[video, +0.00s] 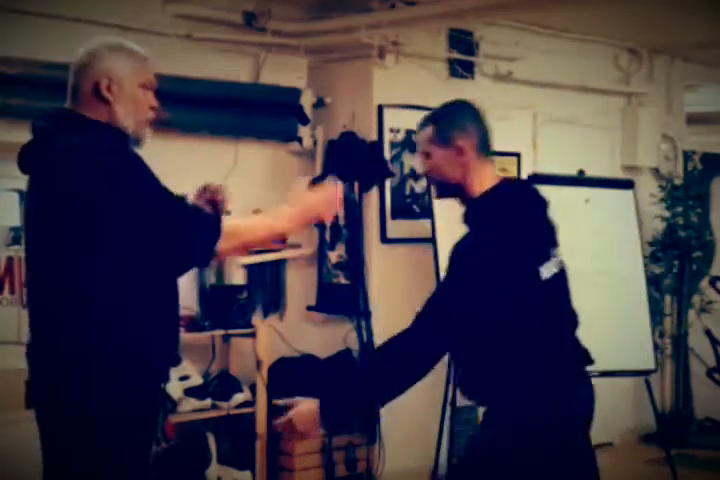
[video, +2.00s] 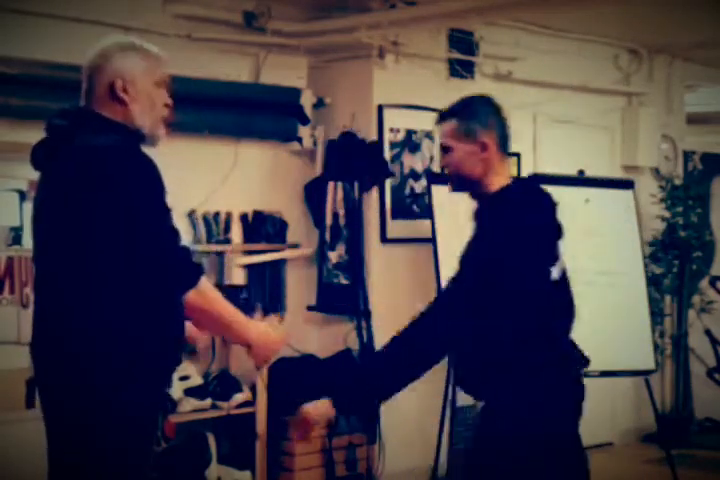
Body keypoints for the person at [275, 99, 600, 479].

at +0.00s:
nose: (422, 169)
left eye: (427, 154)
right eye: (420, 156)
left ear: (462, 148)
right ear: (464, 150)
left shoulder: (490, 235)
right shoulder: (521, 203)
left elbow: (425, 340)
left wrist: (332, 407)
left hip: (525, 408)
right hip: (561, 392)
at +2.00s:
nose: (442, 163)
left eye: (448, 150)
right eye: (441, 151)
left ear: (485, 147)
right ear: (484, 148)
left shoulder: (510, 219)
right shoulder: (519, 207)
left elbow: (443, 324)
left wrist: (349, 388)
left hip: (524, 403)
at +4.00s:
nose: (352, 190)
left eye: (353, 177)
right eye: (348, 179)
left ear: (385, 165)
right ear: (387, 163)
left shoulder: (426, 238)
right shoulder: (449, 199)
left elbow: (372, 348)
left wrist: (271, 371)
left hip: (488, 395)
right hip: (522, 376)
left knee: (438, 472)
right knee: (529, 470)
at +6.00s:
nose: (391, 137)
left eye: (403, 126)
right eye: (393, 127)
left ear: (441, 132)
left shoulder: (449, 207)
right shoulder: (405, 203)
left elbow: (431, 325)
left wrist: (372, 401)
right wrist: (352, 382)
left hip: (417, 402)